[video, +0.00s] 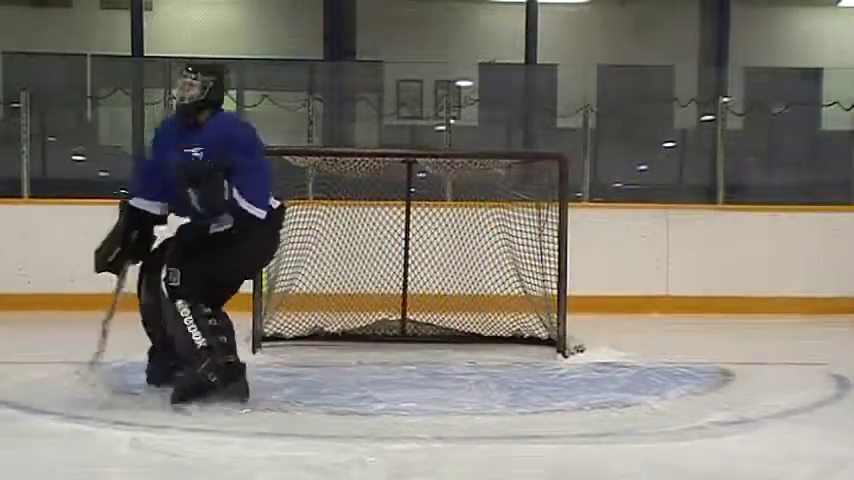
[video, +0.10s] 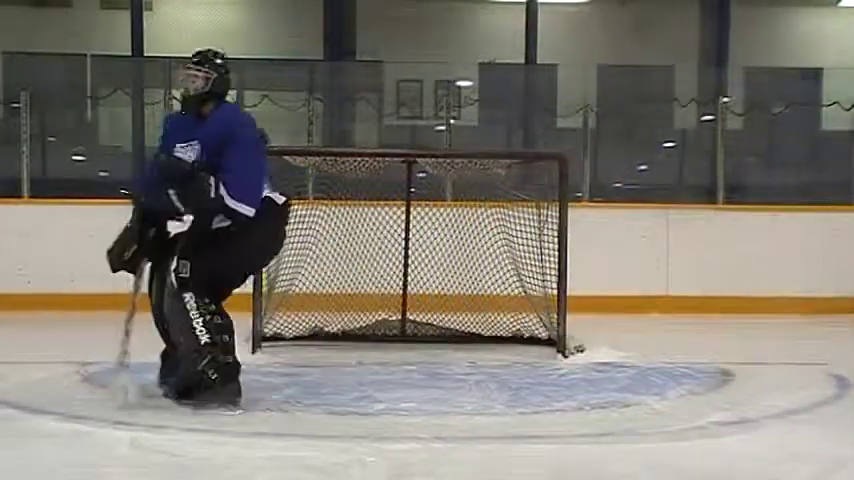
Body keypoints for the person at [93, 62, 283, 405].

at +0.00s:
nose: (184, 89)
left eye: (194, 84)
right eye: (183, 81)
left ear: (213, 90)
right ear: (178, 85)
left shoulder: (234, 132)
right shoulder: (170, 134)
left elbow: (254, 203)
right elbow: (150, 196)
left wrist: (220, 195)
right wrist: (129, 239)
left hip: (249, 230)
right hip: (202, 230)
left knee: (182, 280)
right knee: (154, 272)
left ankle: (218, 366)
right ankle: (171, 358)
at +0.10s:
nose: (189, 82)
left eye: (199, 77)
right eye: (187, 75)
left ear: (218, 84)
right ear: (183, 78)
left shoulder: (237, 126)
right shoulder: (178, 124)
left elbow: (240, 204)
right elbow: (158, 182)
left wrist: (192, 184)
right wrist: (144, 227)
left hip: (256, 222)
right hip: (213, 221)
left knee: (189, 278)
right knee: (164, 272)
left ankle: (217, 378)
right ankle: (184, 367)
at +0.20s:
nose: (196, 81)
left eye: (205, 74)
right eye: (194, 73)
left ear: (224, 79)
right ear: (191, 76)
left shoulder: (245, 124)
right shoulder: (186, 123)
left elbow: (235, 198)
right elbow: (176, 187)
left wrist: (184, 187)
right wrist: (148, 232)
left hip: (262, 221)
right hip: (216, 221)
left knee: (191, 282)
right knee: (177, 281)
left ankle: (221, 378)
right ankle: (194, 375)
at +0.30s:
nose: (199, 88)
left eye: (208, 81)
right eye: (199, 80)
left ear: (227, 86)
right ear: (202, 85)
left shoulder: (249, 127)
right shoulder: (201, 129)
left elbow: (241, 198)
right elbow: (183, 188)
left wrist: (188, 201)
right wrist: (156, 234)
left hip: (271, 225)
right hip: (228, 225)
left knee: (206, 287)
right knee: (186, 272)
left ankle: (239, 375)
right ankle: (205, 361)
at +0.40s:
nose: (219, 93)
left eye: (227, 87)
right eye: (214, 86)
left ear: (244, 95)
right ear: (208, 91)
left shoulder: (260, 135)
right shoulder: (204, 137)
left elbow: (264, 201)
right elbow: (182, 193)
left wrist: (202, 211)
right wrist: (155, 238)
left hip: (278, 227)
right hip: (230, 228)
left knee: (244, 294)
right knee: (197, 275)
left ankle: (272, 379)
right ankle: (229, 364)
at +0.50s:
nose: (243, 100)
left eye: (248, 92)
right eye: (234, 93)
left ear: (256, 96)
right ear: (219, 99)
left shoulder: (278, 138)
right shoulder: (208, 140)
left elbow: (283, 203)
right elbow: (185, 193)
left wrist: (242, 215)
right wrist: (158, 232)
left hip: (292, 221)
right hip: (233, 222)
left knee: (275, 290)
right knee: (203, 275)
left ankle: (304, 363)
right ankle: (239, 351)